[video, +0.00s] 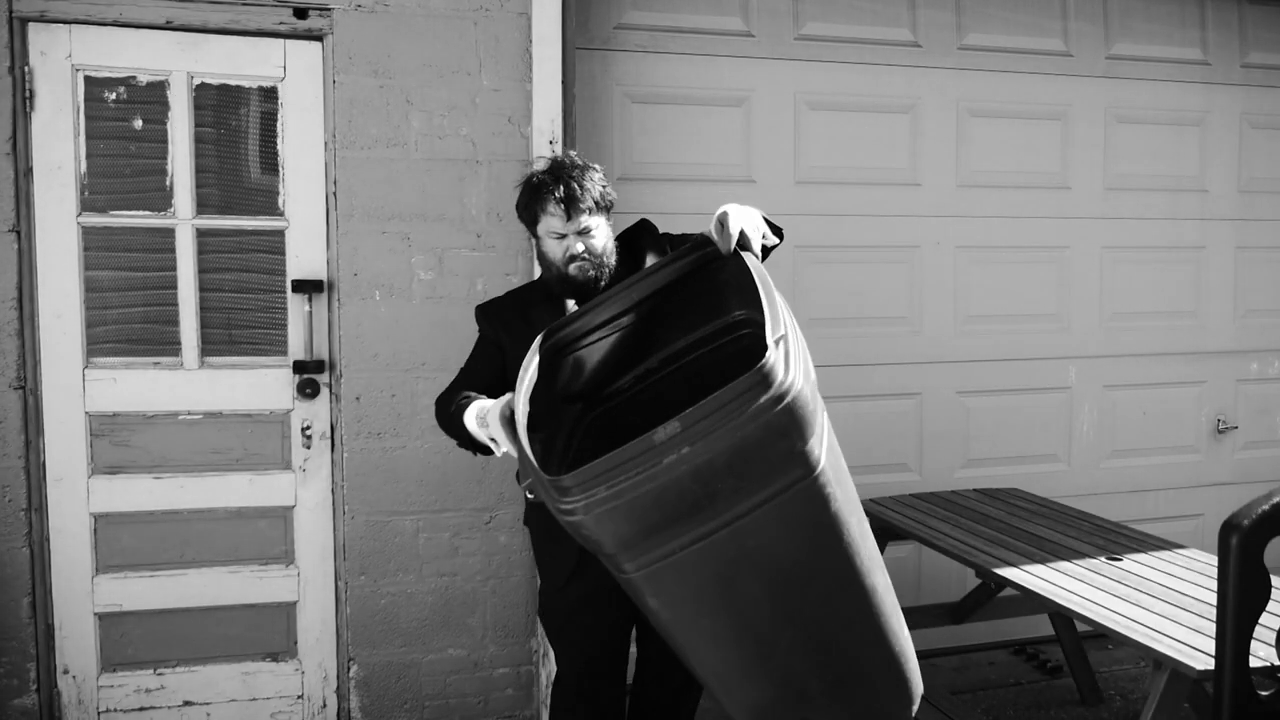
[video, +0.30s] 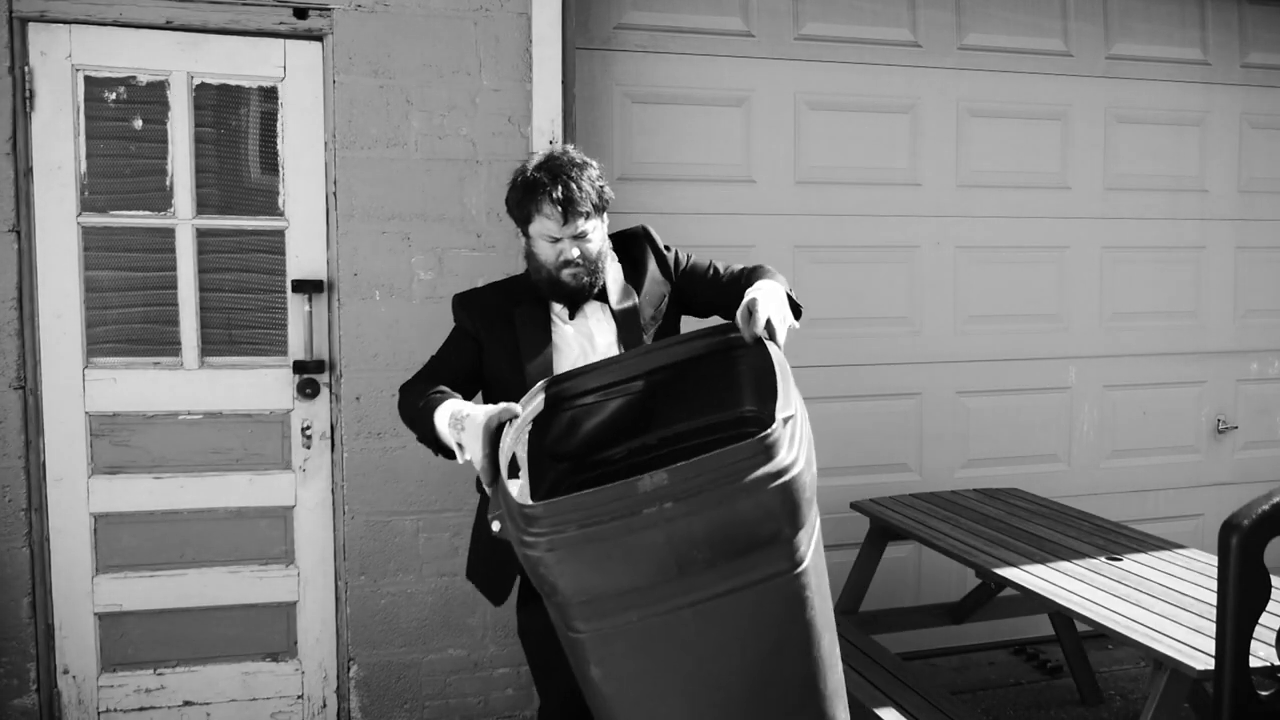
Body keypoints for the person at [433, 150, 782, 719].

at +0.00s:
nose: (578, 248)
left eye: (588, 231)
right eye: (560, 237)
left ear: (609, 219)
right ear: (534, 239)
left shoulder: (652, 256)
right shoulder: (510, 319)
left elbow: (740, 254)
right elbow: (454, 402)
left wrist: (747, 221)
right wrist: (481, 414)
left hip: (680, 507)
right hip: (572, 524)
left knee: (675, 680)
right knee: (588, 684)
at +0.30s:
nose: (576, 253)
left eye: (586, 235)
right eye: (557, 241)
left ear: (604, 218)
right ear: (525, 238)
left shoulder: (650, 267)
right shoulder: (492, 316)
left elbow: (737, 286)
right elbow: (420, 393)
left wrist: (767, 289)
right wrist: (459, 419)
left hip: (662, 529)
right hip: (553, 545)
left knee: (670, 685)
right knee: (568, 700)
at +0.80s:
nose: (650, 281)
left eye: (667, 264)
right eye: (634, 264)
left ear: (690, 245)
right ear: (605, 246)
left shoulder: (726, 301)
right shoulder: (553, 326)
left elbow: (791, 403)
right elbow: (504, 434)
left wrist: (817, 496)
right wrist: (510, 535)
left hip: (702, 561)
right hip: (589, 567)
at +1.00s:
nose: (677, 302)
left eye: (694, 286)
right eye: (661, 285)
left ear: (718, 268)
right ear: (633, 264)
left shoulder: (750, 313)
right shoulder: (576, 338)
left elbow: (801, 423)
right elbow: (527, 448)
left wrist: (827, 535)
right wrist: (525, 566)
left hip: (715, 559)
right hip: (607, 566)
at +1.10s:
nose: (685, 315)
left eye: (702, 300)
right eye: (670, 298)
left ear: (728, 280)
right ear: (642, 276)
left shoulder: (760, 319)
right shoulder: (584, 343)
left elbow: (805, 431)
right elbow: (535, 459)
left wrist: (831, 551)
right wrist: (533, 577)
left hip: (720, 562)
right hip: (612, 567)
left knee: (714, 706)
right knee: (607, 703)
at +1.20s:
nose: (692, 321)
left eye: (708, 305)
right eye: (676, 304)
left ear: (734, 286)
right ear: (648, 282)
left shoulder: (767, 321)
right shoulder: (591, 345)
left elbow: (812, 433)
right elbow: (544, 457)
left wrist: (834, 556)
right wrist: (537, 578)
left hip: (727, 563)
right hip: (619, 567)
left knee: (722, 705)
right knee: (613, 703)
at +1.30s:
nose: (696, 318)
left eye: (713, 302)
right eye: (680, 300)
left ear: (739, 282)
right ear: (654, 279)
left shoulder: (772, 318)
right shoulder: (596, 342)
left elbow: (817, 428)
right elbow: (549, 455)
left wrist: (841, 554)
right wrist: (540, 574)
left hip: (730, 564)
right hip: (622, 568)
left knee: (730, 706)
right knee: (618, 703)